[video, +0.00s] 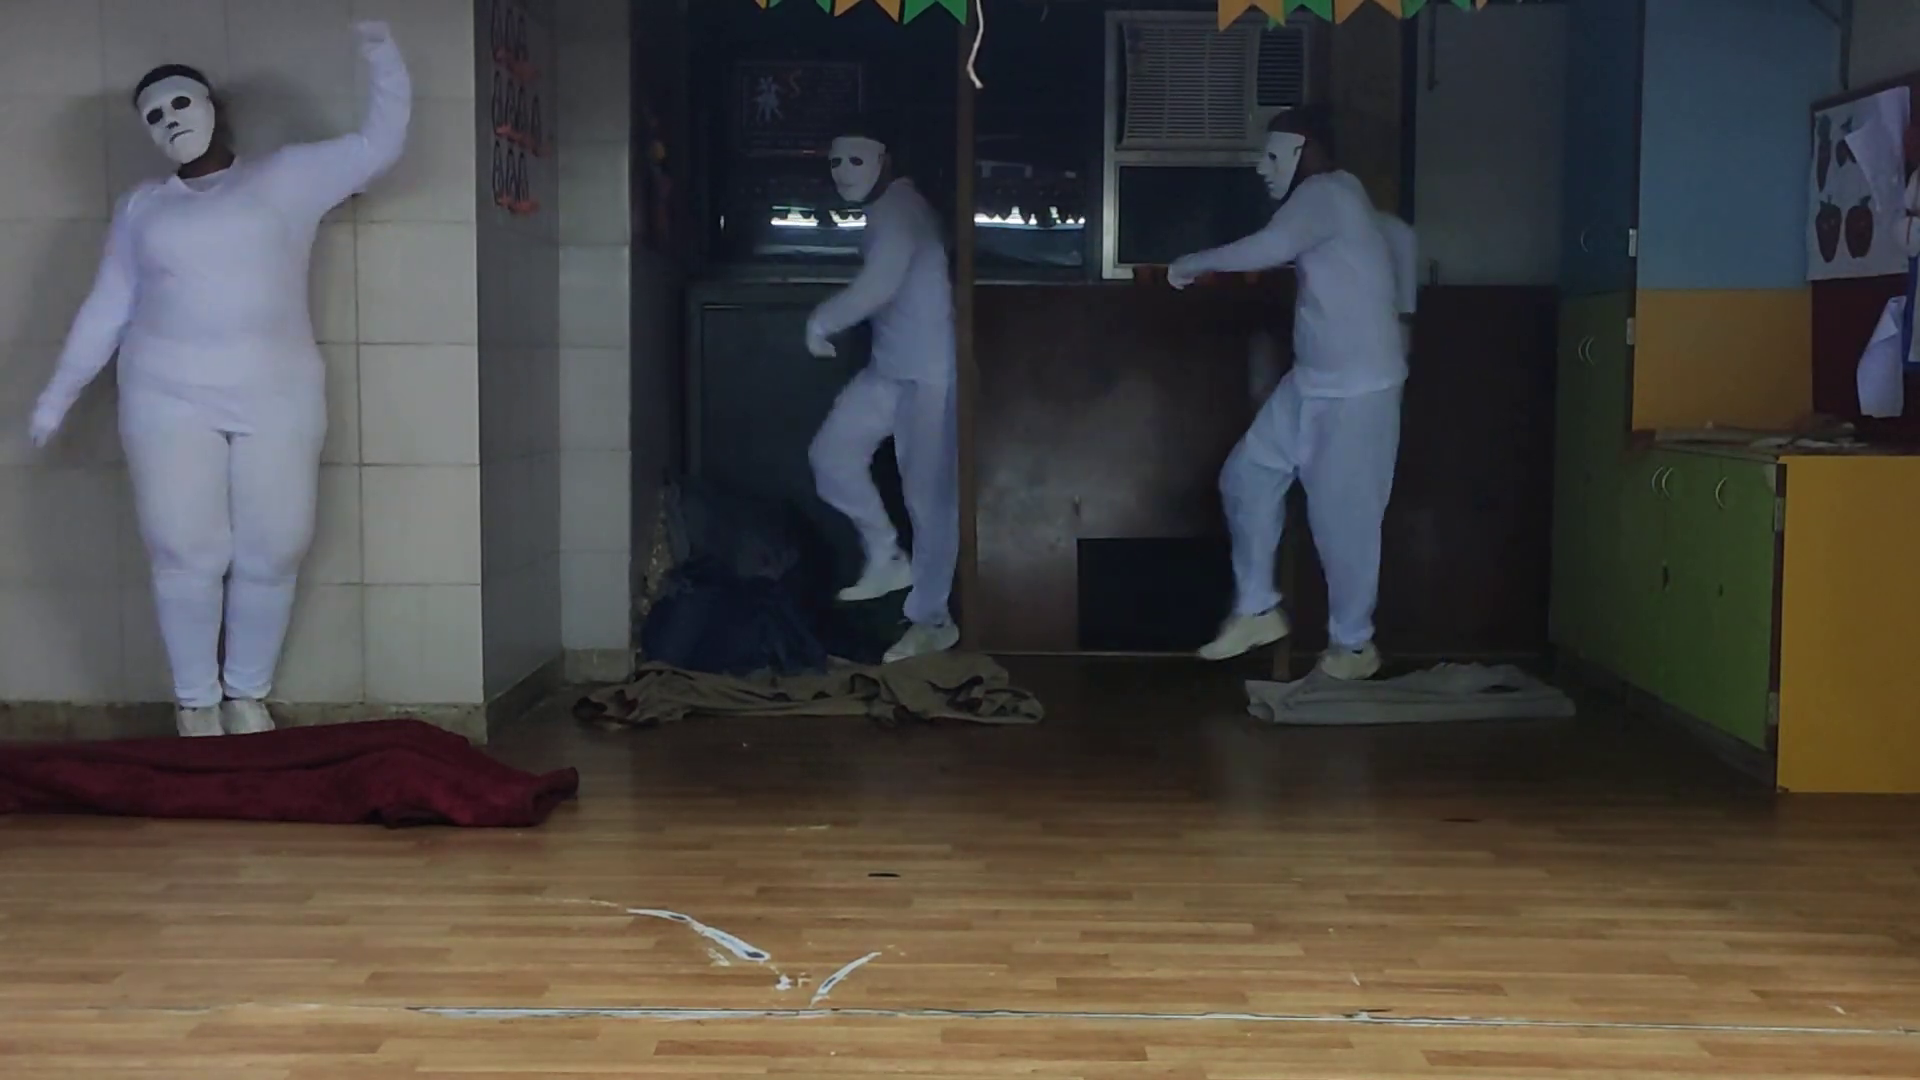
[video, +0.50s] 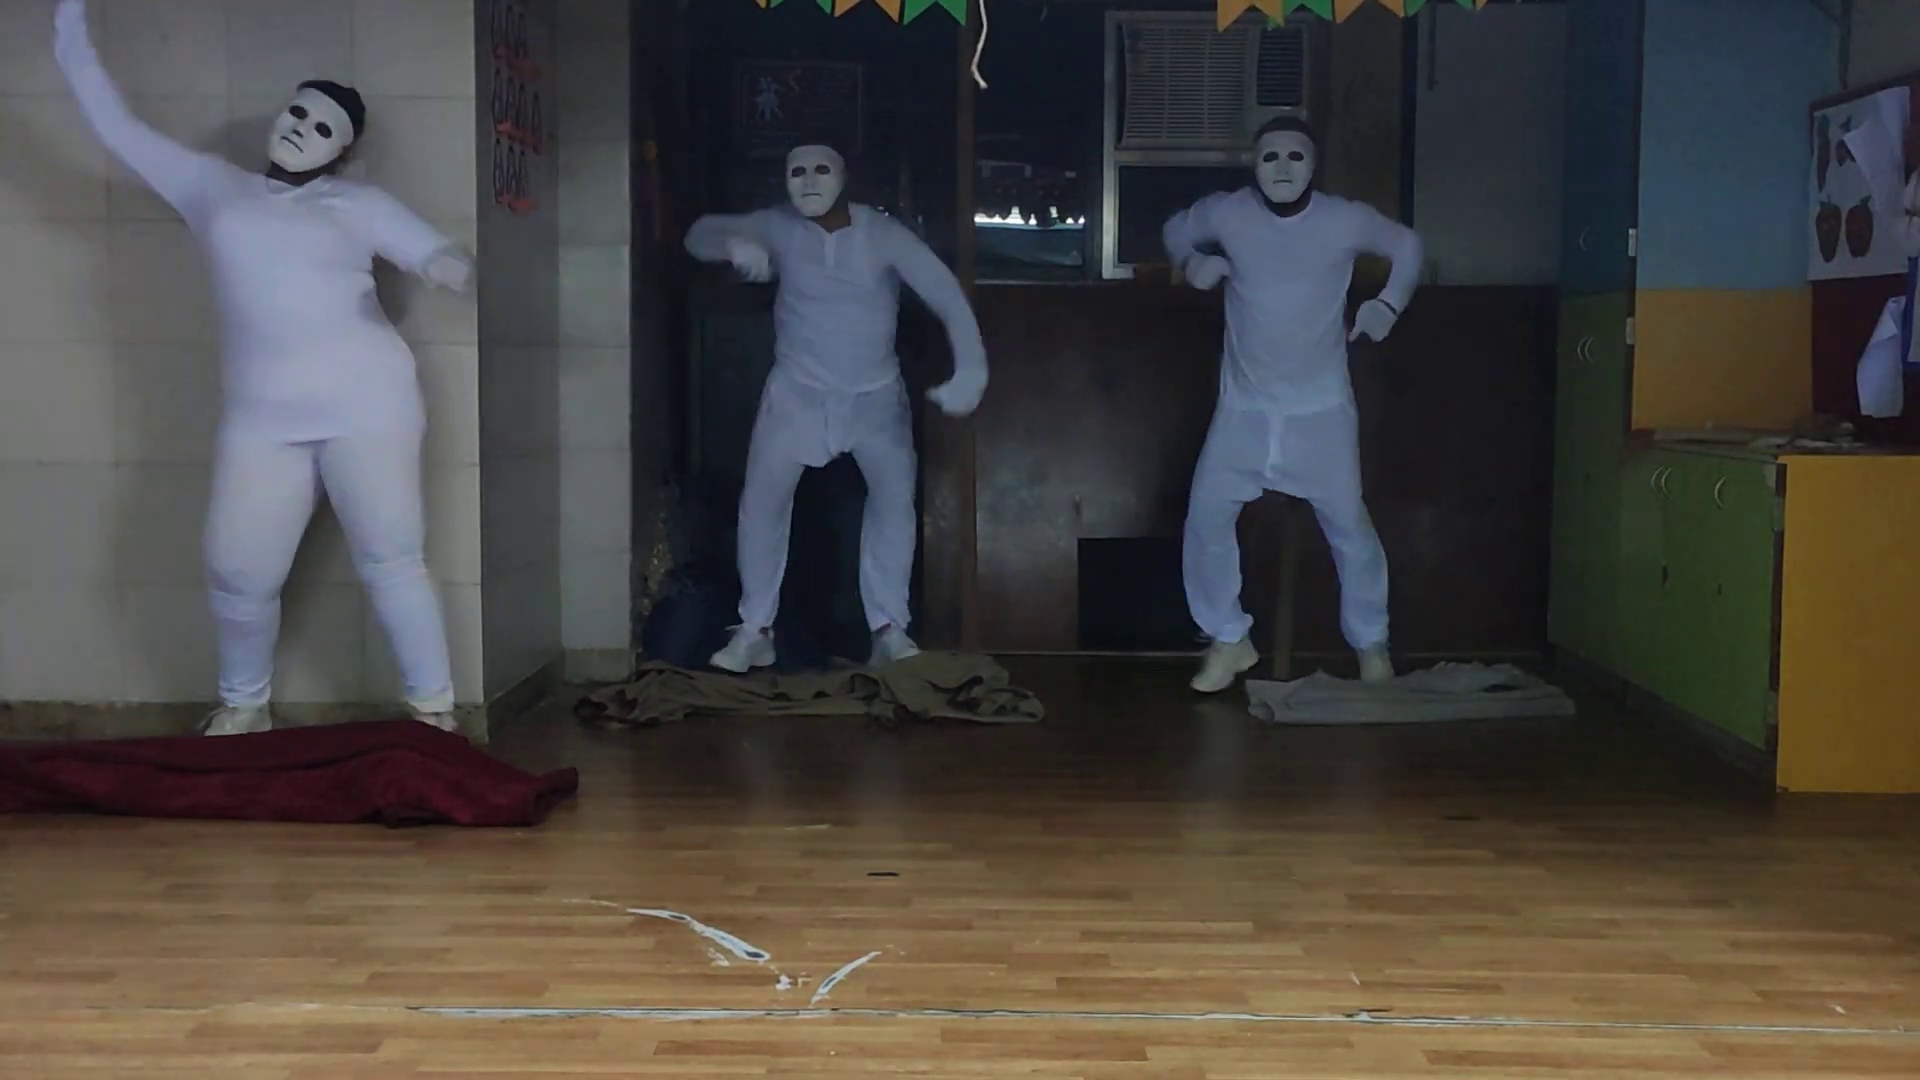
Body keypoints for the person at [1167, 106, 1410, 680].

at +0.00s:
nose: (1264, 168)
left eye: (1273, 157)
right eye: (1264, 157)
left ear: (1304, 151)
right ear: (1311, 153)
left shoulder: (1324, 194)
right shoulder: (1344, 200)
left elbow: (1272, 247)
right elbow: (1401, 233)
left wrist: (1188, 265)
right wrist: (1405, 307)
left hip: (1358, 386)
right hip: (1312, 381)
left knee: (1345, 512)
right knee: (1247, 480)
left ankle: (1353, 646)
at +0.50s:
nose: (1283, 168)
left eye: (1295, 157)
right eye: (1271, 157)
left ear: (1314, 164)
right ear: (1254, 165)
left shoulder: (1344, 221)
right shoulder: (1228, 213)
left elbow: (1408, 245)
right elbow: (1175, 231)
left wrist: (1389, 304)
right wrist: (1191, 261)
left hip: (1321, 408)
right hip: (1243, 406)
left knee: (1348, 527)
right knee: (1207, 519)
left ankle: (1371, 644)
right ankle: (1229, 639)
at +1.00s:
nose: (1214, 214)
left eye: (1226, 203)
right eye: (1202, 203)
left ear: (1244, 206)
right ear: (1186, 210)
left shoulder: (1263, 237)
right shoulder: (1176, 263)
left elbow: (1238, 289)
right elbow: (1194, 327)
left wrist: (1153, 307)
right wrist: (1188, 362)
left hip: (1286, 426)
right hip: (1215, 424)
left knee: (1303, 548)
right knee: (1171, 542)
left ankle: (1333, 645)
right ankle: (1142, 656)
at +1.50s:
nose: (1321, 249)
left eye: (1332, 237)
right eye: (1308, 239)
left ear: (1349, 241)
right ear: (1290, 245)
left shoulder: (1372, 292)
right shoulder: (1269, 284)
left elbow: (1397, 318)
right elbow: (1215, 334)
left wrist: (1402, 379)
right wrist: (1270, 339)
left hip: (1339, 456)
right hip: (1257, 455)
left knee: (1387, 557)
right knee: (1206, 553)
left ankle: (1422, 658)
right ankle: (1156, 658)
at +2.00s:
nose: (1221, 294)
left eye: (1233, 282)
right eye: (1208, 283)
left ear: (1252, 285)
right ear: (1194, 289)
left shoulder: (1272, 318)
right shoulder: (1192, 344)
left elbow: (1310, 358)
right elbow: (1199, 400)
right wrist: (1185, 446)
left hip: (1317, 486)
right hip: (1235, 483)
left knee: (1395, 570)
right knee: (1163, 535)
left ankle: (1421, 661)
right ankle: (1145, 665)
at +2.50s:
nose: (1319, 261)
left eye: (1330, 251)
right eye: (1306, 252)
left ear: (1345, 260)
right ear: (1288, 263)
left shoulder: (1364, 333)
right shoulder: (1257, 316)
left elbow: (1373, 414)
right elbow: (1210, 402)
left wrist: (1349, 454)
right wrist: (1248, 362)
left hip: (1335, 486)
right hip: (1247, 482)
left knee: (1412, 559)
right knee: (1178, 546)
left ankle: (1415, 661)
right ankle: (1147, 665)